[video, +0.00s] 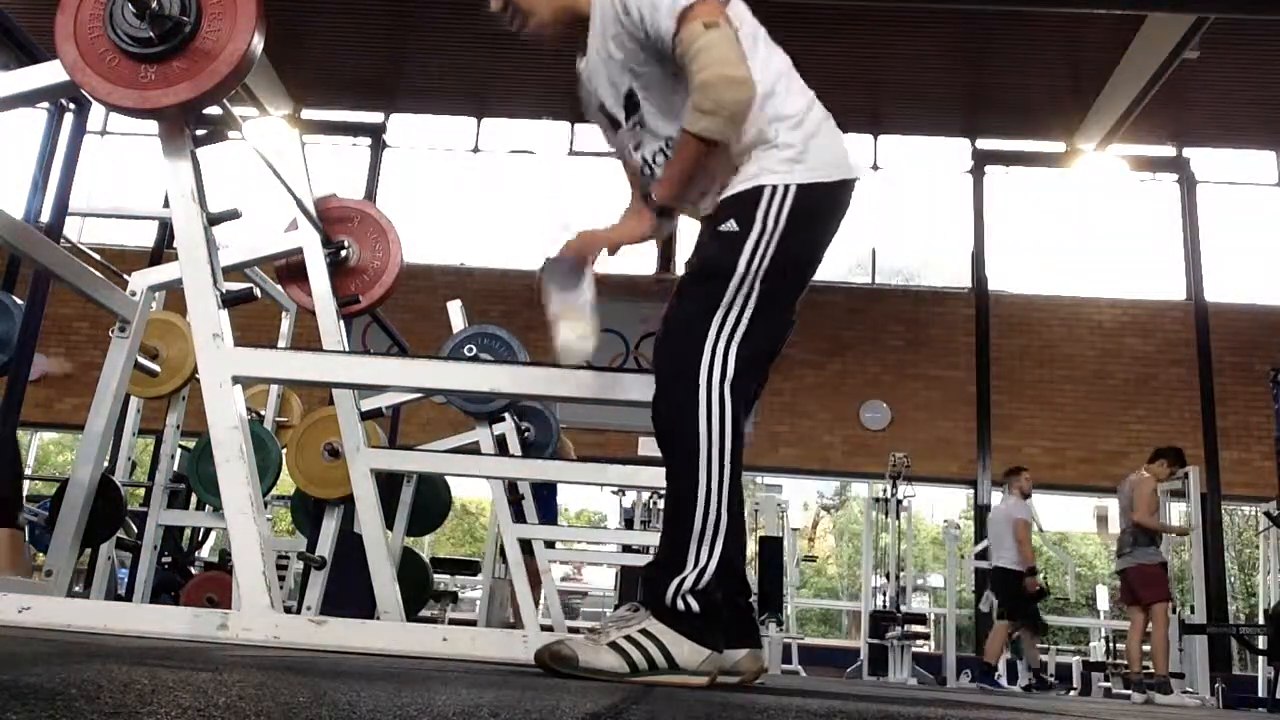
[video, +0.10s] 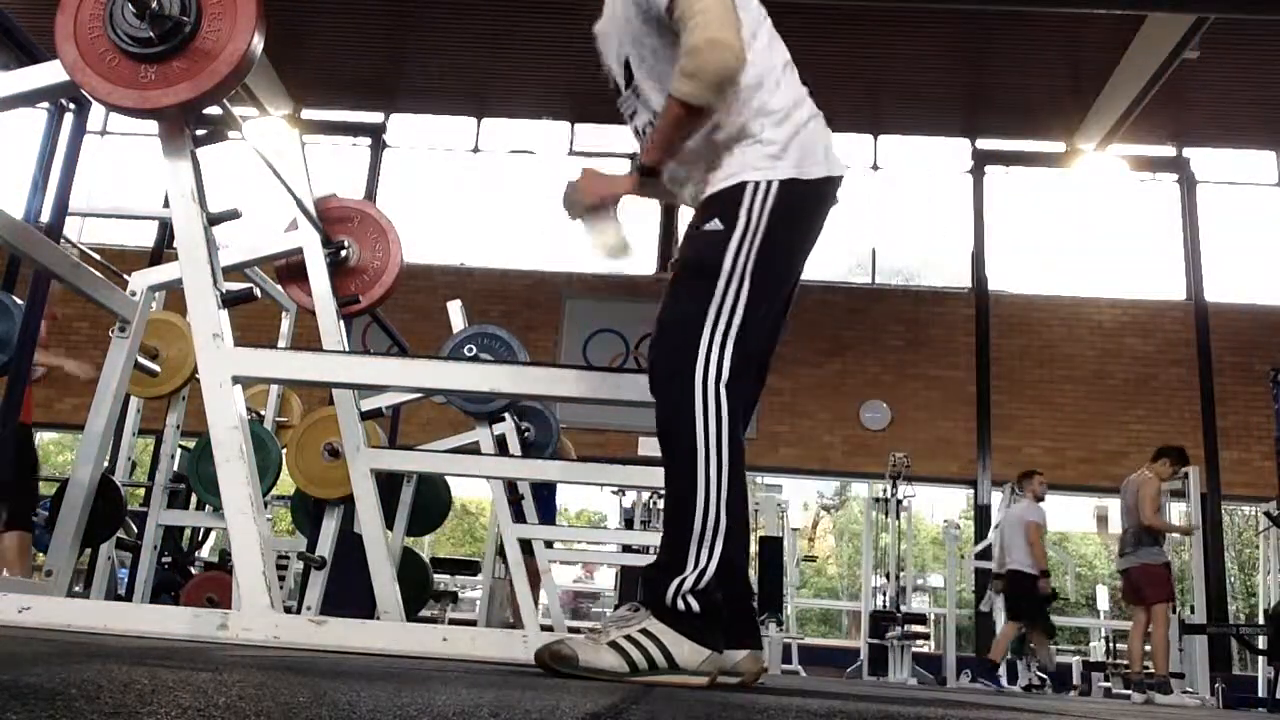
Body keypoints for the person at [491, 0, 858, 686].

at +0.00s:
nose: (510, 18)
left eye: (511, 1)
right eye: (505, 13)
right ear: (526, 17)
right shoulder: (598, 78)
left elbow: (724, 84)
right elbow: (653, 204)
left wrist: (660, 195)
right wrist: (605, 236)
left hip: (786, 167)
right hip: (744, 189)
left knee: (698, 377)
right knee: (691, 393)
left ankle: (690, 622)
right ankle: (726, 631)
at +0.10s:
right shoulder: (617, 29)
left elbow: (718, 51)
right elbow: (685, 169)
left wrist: (648, 161)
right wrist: (620, 185)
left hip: (770, 159)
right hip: (737, 174)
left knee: (696, 370)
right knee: (691, 376)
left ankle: (690, 622)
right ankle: (727, 630)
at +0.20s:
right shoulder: (646, 15)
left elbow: (715, 27)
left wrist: (636, 126)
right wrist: (631, 139)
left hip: (750, 157)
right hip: (711, 168)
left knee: (689, 374)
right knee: (692, 383)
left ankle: (691, 623)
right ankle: (728, 631)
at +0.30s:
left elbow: (709, 16)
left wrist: (637, 100)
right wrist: (625, 106)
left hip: (735, 154)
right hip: (708, 159)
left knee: (678, 370)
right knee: (692, 385)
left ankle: (690, 623)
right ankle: (725, 632)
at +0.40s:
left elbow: (702, 12)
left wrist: (633, 89)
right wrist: (622, 101)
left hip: (719, 159)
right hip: (713, 163)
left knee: (667, 374)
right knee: (704, 399)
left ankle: (686, 623)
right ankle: (730, 635)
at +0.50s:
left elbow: (687, 18)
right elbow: (698, 63)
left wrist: (626, 81)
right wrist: (615, 91)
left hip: (708, 161)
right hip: (719, 165)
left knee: (665, 378)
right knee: (706, 403)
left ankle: (687, 623)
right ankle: (729, 634)